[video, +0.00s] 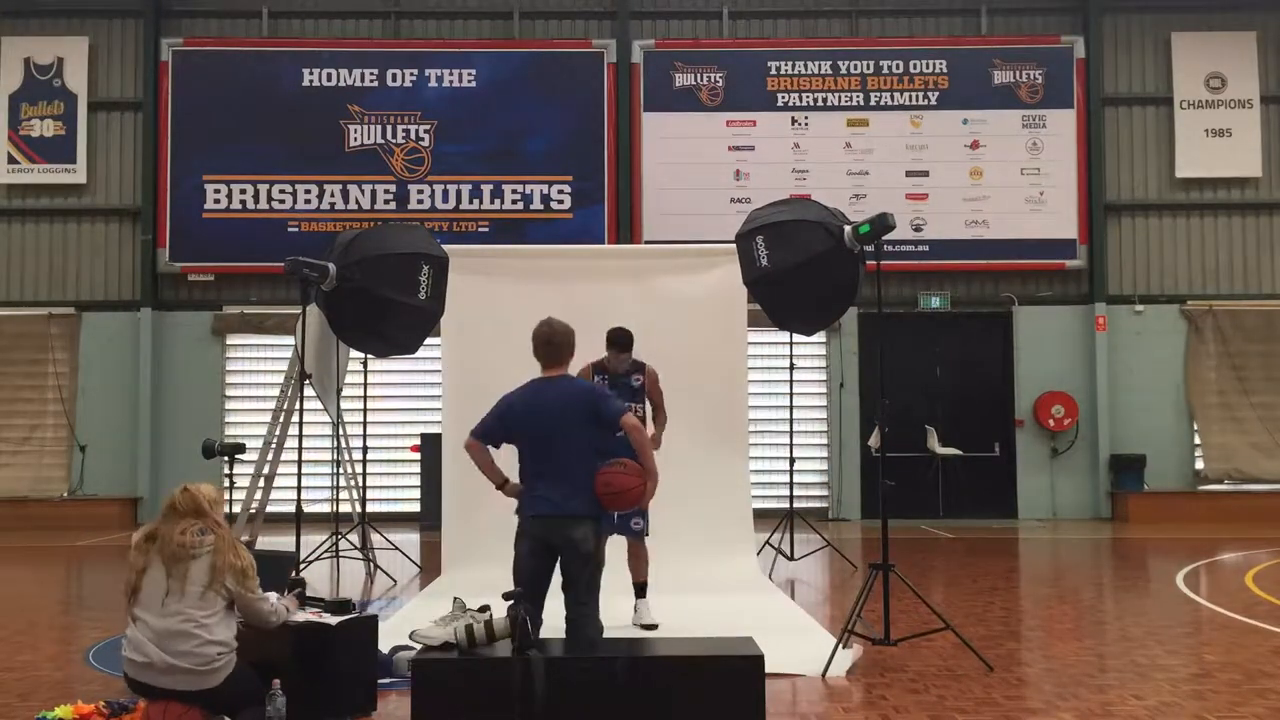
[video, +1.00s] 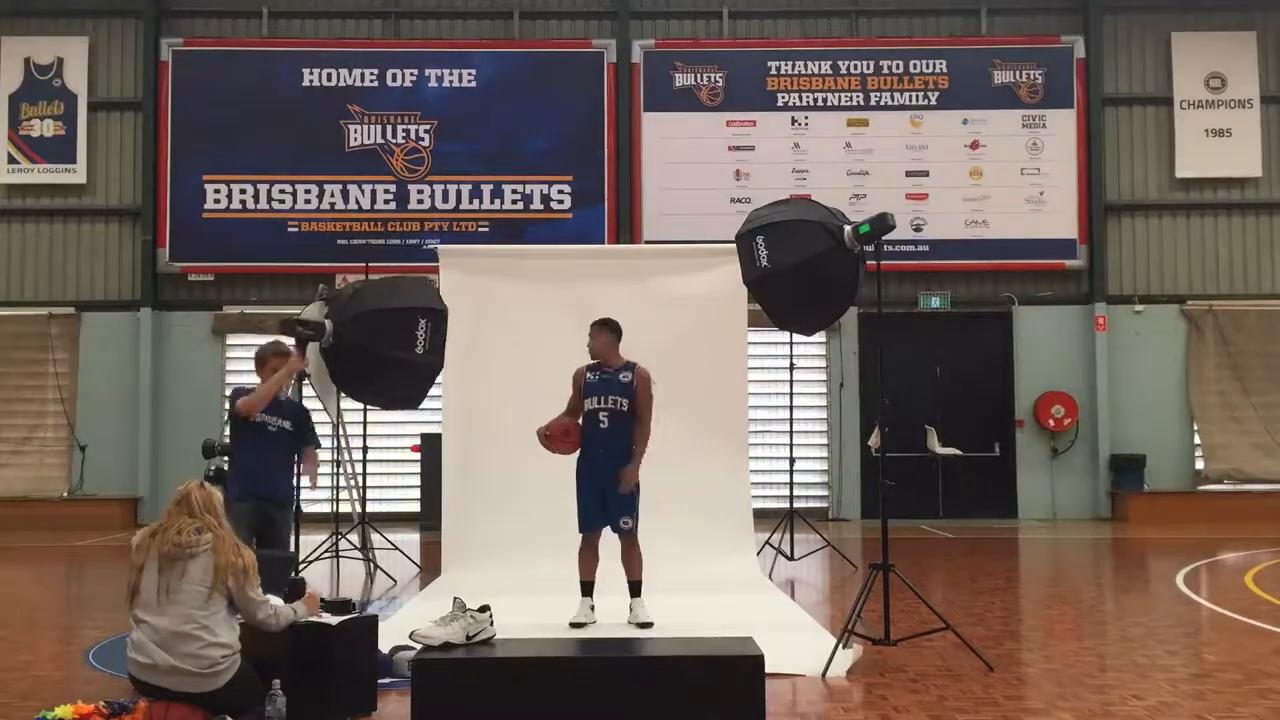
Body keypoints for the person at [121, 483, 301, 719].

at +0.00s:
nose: (224, 517)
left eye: (223, 511)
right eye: (222, 511)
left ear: (173, 511)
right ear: (212, 513)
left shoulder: (144, 542)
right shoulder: (228, 552)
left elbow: (136, 600)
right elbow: (263, 615)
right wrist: (286, 606)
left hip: (141, 678)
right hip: (206, 681)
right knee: (254, 703)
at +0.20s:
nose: (229, 517)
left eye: (227, 510)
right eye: (224, 510)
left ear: (178, 510)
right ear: (213, 513)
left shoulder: (146, 541)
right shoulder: (230, 553)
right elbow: (263, 616)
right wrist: (284, 603)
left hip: (140, 677)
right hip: (205, 682)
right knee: (254, 702)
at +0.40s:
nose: (225, 514)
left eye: (224, 507)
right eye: (222, 508)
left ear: (176, 509)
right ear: (215, 511)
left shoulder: (145, 541)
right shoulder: (231, 553)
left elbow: (137, 600)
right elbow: (261, 616)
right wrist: (286, 605)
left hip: (140, 677)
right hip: (205, 680)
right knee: (254, 702)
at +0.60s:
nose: (228, 515)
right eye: (225, 509)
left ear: (179, 509)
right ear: (220, 512)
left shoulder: (147, 540)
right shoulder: (233, 555)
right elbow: (260, 616)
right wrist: (287, 605)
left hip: (140, 677)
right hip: (204, 681)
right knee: (254, 702)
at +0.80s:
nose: (229, 523)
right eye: (227, 517)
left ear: (180, 513)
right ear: (221, 518)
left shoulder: (146, 539)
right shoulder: (231, 554)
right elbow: (264, 615)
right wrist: (288, 607)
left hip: (140, 677)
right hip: (204, 679)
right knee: (256, 702)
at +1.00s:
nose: (224, 515)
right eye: (221, 510)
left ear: (173, 509)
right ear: (215, 513)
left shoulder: (144, 543)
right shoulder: (230, 552)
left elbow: (135, 606)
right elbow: (266, 617)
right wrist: (302, 607)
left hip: (145, 679)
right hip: (208, 683)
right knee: (255, 703)